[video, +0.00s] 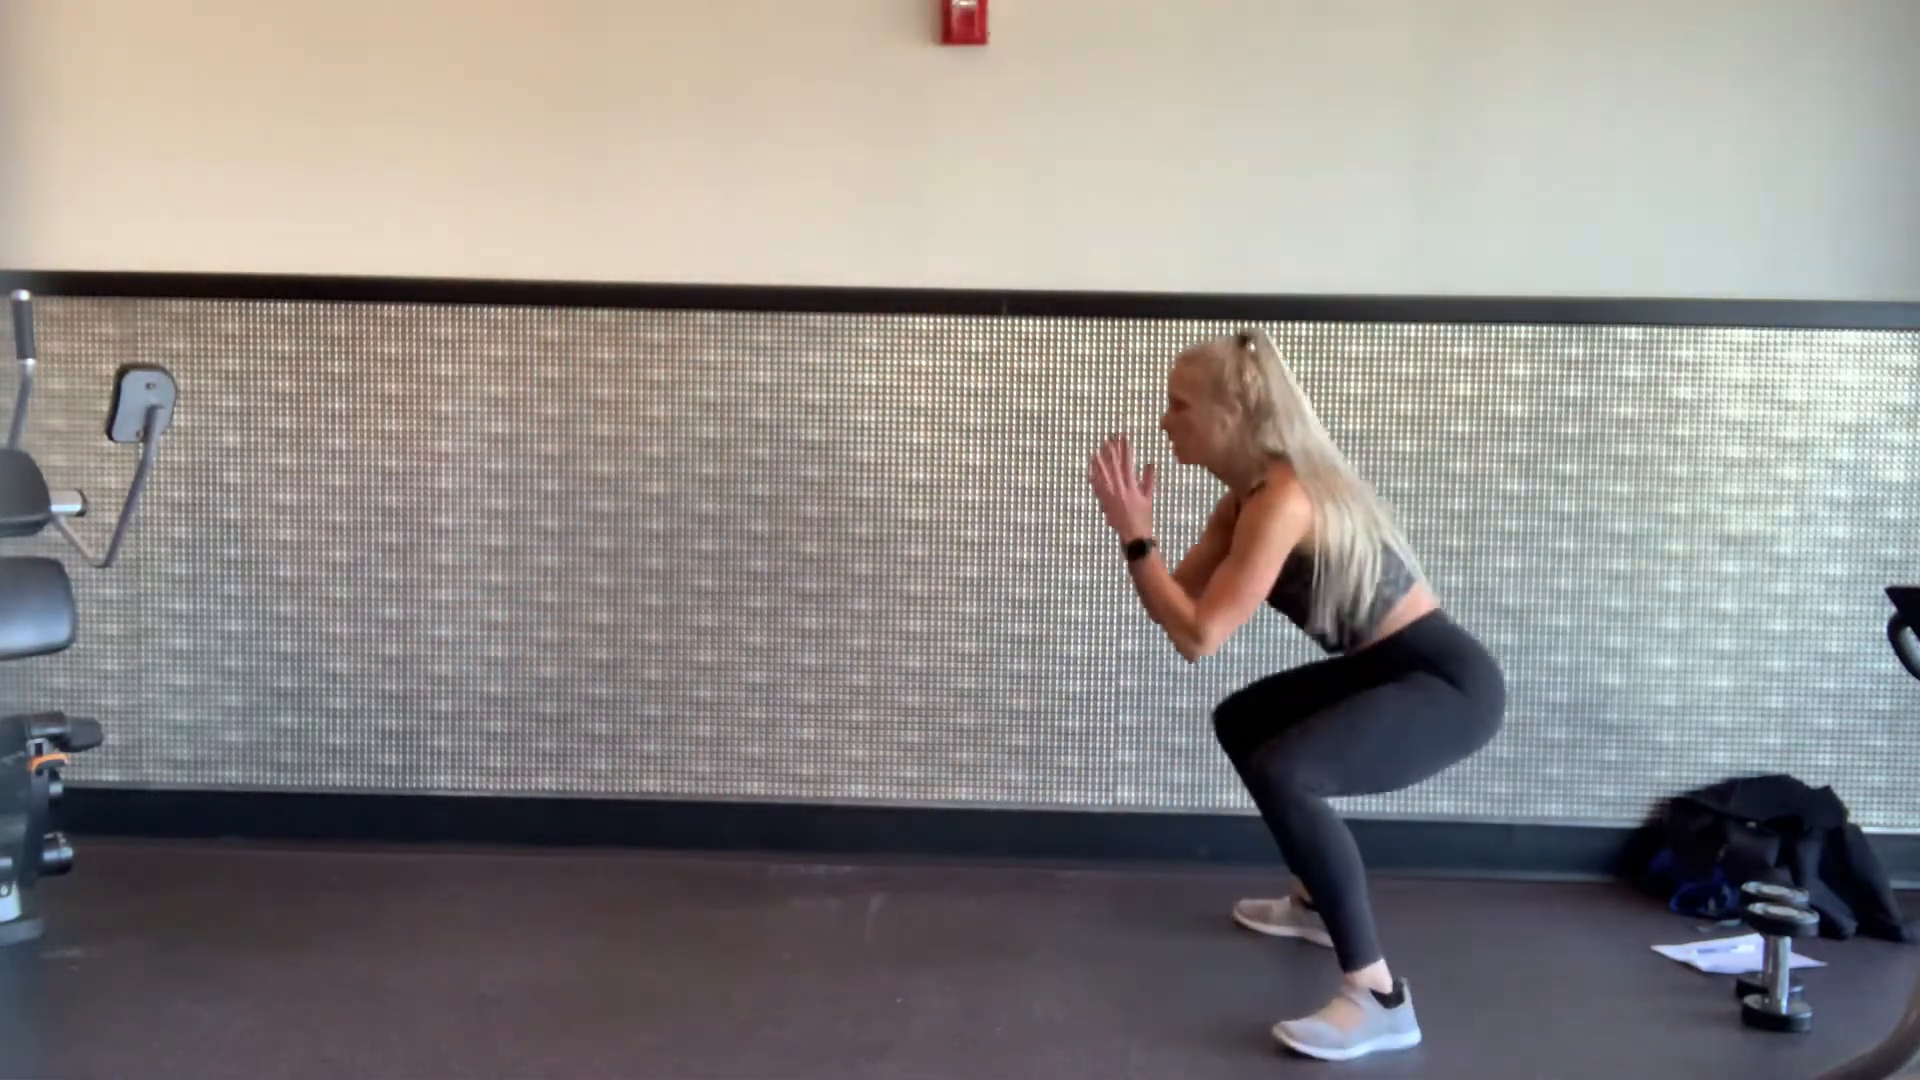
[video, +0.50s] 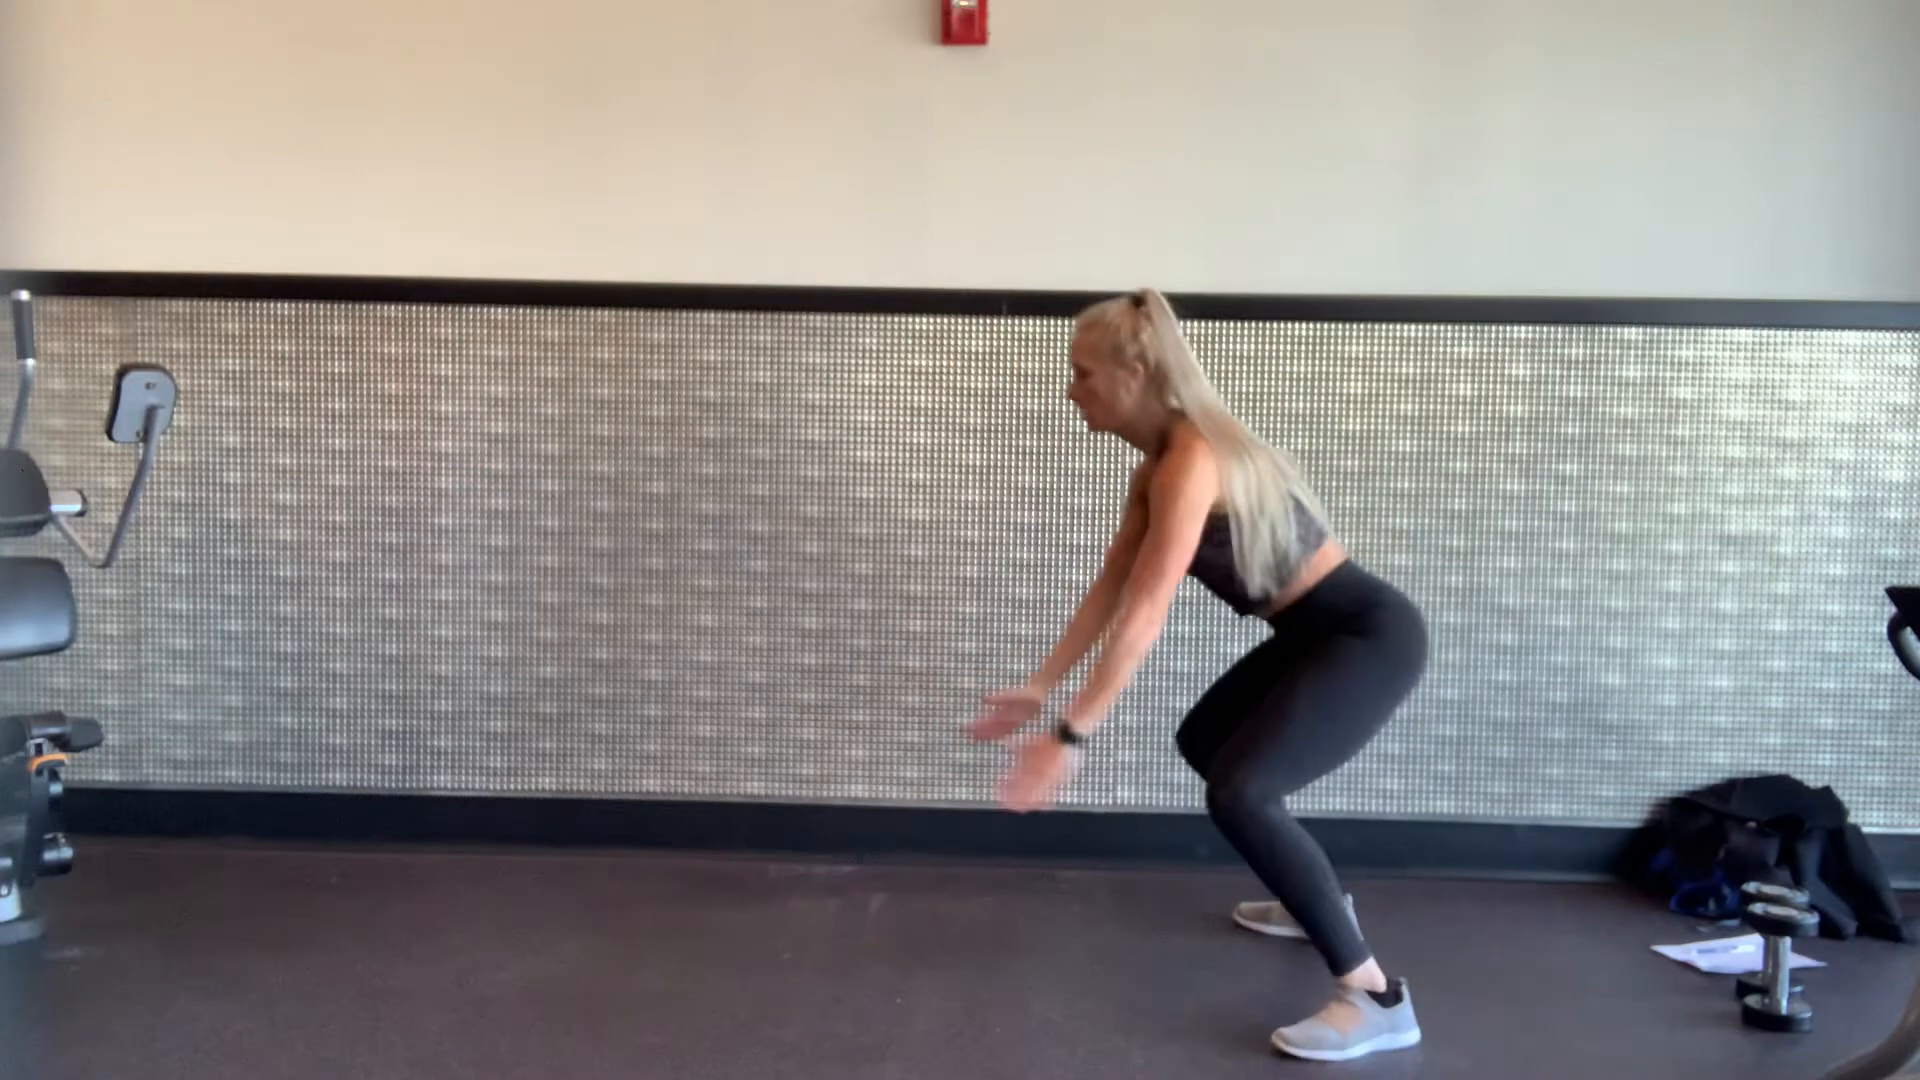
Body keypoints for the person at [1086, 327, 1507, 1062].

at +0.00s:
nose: (1165, 421)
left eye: (1176, 406)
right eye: (1167, 405)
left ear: (1230, 414)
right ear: (1233, 416)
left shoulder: (1281, 500)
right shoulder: (1246, 497)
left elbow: (1198, 635)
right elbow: (1180, 603)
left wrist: (1137, 538)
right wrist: (1135, 534)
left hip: (1449, 683)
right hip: (1397, 668)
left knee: (1287, 768)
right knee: (1242, 722)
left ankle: (1377, 994)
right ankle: (1321, 900)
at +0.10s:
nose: (1157, 408)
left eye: (1168, 392)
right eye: (1158, 392)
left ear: (1220, 397)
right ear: (1225, 399)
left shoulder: (1273, 482)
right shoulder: (1240, 476)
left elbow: (1179, 612)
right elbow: (1165, 582)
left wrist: (1119, 511)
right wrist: (1116, 507)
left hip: (1441, 667)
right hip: (1389, 654)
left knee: (1288, 769)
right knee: (1244, 719)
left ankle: (1377, 993)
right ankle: (1323, 900)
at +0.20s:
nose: (1142, 401)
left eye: (1153, 385)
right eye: (1143, 385)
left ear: (1207, 388)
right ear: (1210, 390)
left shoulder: (1260, 474)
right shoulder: (1225, 470)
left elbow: (1159, 597)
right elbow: (1147, 571)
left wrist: (1092, 500)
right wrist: (1092, 499)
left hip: (1433, 654)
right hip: (1375, 645)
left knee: (1285, 768)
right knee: (1238, 721)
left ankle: (1377, 993)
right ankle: (1320, 902)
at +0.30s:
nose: (1123, 399)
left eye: (1134, 385)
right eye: (1124, 384)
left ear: (1185, 388)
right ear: (1184, 390)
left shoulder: (1244, 470)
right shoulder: (1210, 468)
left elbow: (1136, 596)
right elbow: (1124, 567)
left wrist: (1037, 533)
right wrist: (1034, 529)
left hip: (1423, 647)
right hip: (1368, 636)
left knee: (1280, 770)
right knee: (1237, 722)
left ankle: (1377, 993)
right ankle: (1321, 901)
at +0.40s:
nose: (1100, 400)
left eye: (1111, 384)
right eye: (1101, 383)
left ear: (1164, 385)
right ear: (1162, 388)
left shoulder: (1222, 471)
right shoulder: (1189, 468)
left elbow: (1119, 593)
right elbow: (1102, 568)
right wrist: (1000, 629)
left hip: (1405, 643)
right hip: (1350, 636)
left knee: (1266, 778)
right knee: (1224, 728)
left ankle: (1375, 992)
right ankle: (1319, 899)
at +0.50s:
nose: (1072, 393)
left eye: (1080, 376)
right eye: (1071, 377)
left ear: (1132, 375)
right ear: (1136, 376)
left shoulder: (1189, 462)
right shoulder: (1158, 464)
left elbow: (1147, 611)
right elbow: (1109, 586)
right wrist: (1038, 687)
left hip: (1369, 634)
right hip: (1318, 633)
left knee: (1241, 792)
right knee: (1203, 738)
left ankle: (1371, 992)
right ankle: (1317, 898)